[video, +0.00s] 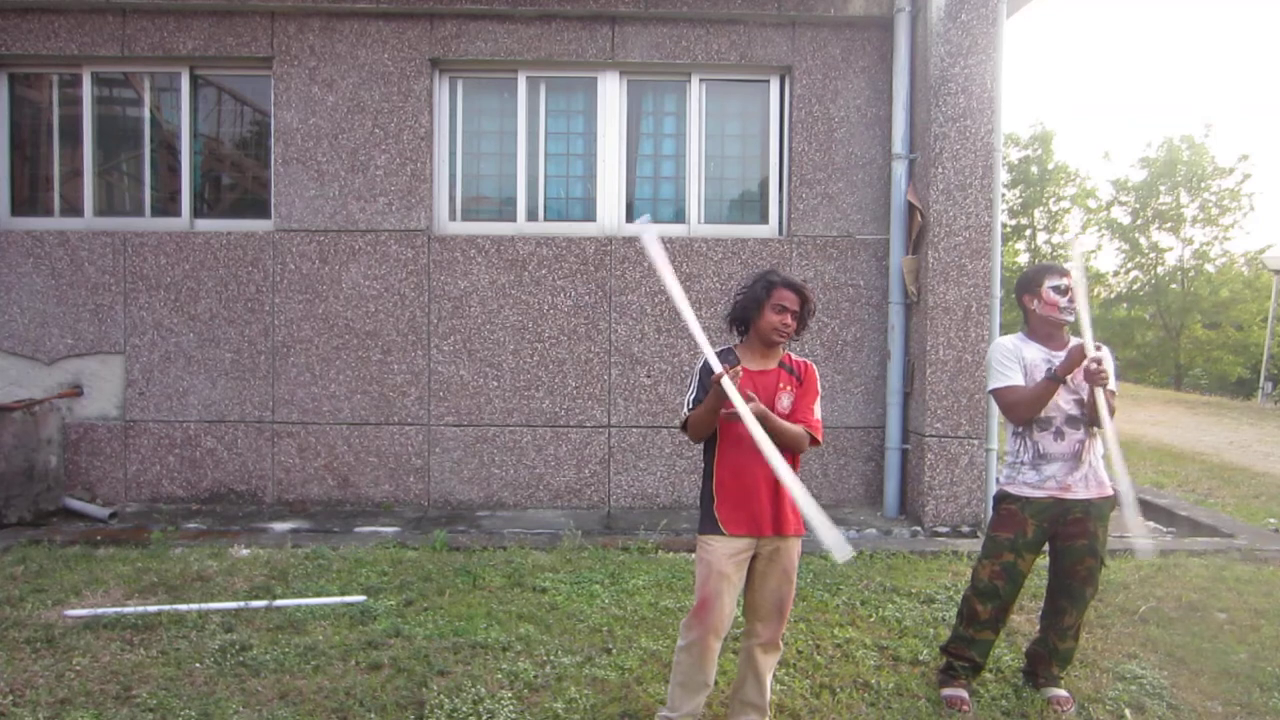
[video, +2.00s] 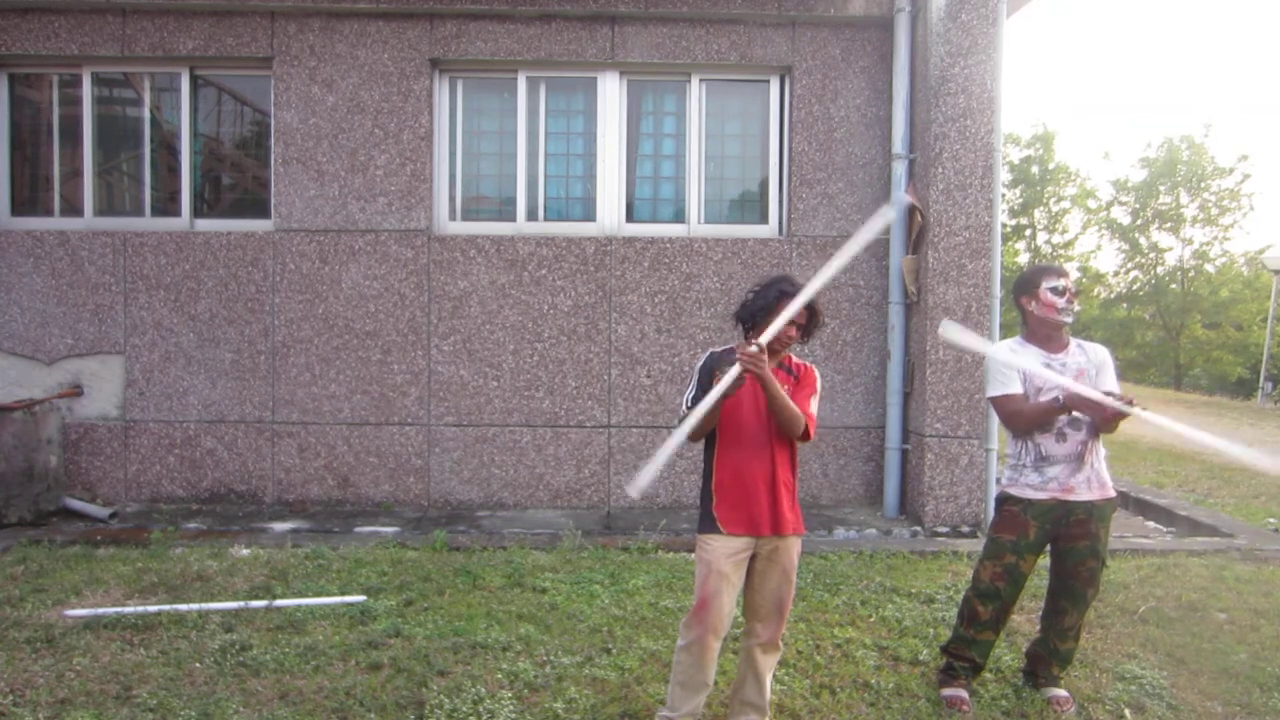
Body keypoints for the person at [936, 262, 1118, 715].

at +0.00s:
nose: (1067, 297)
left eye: (1071, 291)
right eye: (1057, 290)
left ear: (1076, 302)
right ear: (1028, 300)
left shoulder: (1091, 353)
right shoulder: (1006, 349)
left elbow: (1104, 419)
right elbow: (1017, 411)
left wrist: (1097, 385)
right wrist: (1063, 370)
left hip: (1086, 494)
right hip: (1026, 492)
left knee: (1074, 593)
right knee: (992, 584)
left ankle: (1045, 671)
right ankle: (957, 674)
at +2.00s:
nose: (1069, 299)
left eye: (1071, 293)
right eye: (1057, 291)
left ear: (1073, 304)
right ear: (1027, 301)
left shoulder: (1096, 356)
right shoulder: (1005, 355)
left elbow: (1105, 424)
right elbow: (1017, 421)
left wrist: (1116, 407)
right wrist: (1065, 401)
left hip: (1088, 497)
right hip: (1027, 496)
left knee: (1075, 595)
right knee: (993, 585)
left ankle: (1045, 672)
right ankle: (957, 674)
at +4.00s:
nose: (1058, 299)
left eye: (1067, 293)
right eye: (1046, 291)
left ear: (1076, 304)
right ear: (1023, 303)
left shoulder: (1094, 357)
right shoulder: (1006, 356)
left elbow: (1111, 421)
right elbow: (1016, 422)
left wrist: (1098, 375)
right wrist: (1068, 394)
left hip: (1089, 497)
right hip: (1029, 496)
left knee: (1077, 595)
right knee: (994, 586)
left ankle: (1045, 672)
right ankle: (957, 674)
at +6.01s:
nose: (1069, 298)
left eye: (1072, 293)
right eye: (1057, 289)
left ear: (1075, 307)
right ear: (1027, 301)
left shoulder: (1092, 356)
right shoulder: (1008, 356)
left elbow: (1113, 422)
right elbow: (1028, 423)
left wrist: (1119, 376)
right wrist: (1082, 387)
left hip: (1094, 498)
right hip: (1033, 496)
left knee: (1078, 597)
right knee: (997, 588)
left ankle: (1045, 673)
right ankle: (958, 675)